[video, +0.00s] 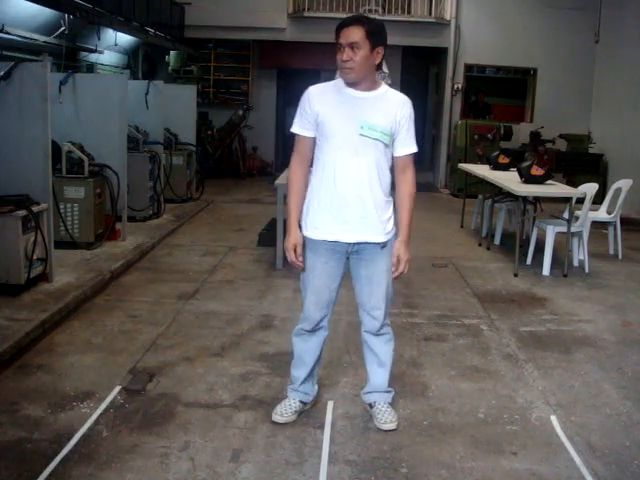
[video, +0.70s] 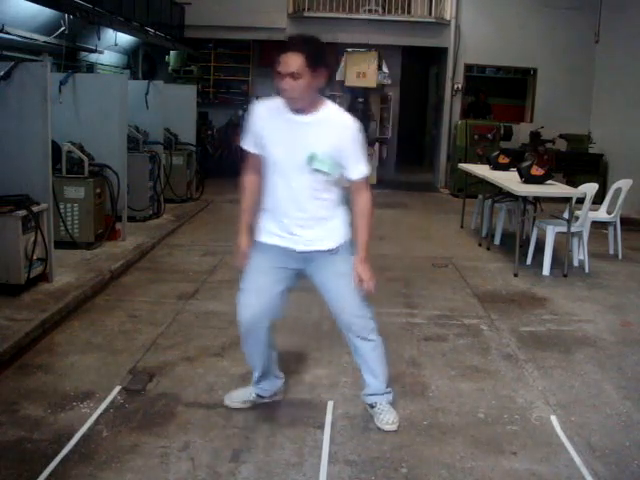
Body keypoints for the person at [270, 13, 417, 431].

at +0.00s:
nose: (344, 55)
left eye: (354, 47)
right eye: (340, 47)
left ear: (378, 53)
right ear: (335, 52)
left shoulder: (397, 105)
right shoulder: (316, 97)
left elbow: (405, 173)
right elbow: (299, 164)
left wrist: (402, 237)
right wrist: (293, 226)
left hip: (375, 234)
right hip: (321, 231)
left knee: (376, 321)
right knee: (312, 319)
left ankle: (380, 396)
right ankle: (300, 391)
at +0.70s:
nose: (283, 83)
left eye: (293, 76)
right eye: (280, 75)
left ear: (320, 78)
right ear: (276, 74)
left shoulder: (344, 127)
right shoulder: (262, 113)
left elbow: (361, 191)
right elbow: (251, 172)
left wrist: (361, 256)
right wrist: (244, 233)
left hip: (328, 248)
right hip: (272, 244)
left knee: (357, 321)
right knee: (251, 314)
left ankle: (379, 397)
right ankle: (265, 383)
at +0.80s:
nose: (260, 75)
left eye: (269, 67)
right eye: (254, 65)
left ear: (291, 68)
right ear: (247, 64)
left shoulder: (312, 113)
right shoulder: (232, 95)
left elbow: (340, 168)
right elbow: (220, 150)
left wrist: (340, 233)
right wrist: (214, 212)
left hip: (289, 236)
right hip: (237, 232)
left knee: (311, 315)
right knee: (239, 315)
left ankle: (350, 389)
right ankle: (264, 382)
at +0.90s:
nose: (238, 67)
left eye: (247, 58)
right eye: (231, 57)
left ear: (264, 56)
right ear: (222, 54)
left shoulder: (287, 101)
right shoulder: (205, 84)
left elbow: (317, 151)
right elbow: (192, 137)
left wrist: (313, 215)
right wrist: (184, 194)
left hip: (253, 222)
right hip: (206, 215)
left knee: (239, 302)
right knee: (202, 298)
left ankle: (264, 375)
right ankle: (240, 369)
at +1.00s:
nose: (205, 76)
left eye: (214, 68)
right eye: (199, 67)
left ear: (233, 65)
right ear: (190, 64)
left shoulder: (257, 105)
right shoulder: (176, 94)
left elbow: (287, 153)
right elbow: (169, 148)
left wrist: (283, 217)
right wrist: (153, 201)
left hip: (223, 231)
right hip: (177, 220)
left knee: (193, 311)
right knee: (138, 291)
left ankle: (200, 387)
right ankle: (158, 356)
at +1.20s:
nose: (156, 131)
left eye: (164, 121)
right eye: (146, 122)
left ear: (176, 116)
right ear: (132, 118)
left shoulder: (201, 158)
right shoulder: (117, 149)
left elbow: (219, 215)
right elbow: (111, 199)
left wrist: (216, 277)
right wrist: (96, 251)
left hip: (178, 263)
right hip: (126, 256)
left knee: (166, 332)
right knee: (84, 325)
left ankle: (185, 390)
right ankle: (64, 386)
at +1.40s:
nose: (214, 105)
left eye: (218, 95)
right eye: (204, 98)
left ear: (225, 90)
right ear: (182, 94)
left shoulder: (245, 132)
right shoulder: (156, 122)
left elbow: (256, 186)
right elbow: (136, 170)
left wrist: (241, 245)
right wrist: (112, 223)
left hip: (209, 255)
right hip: (153, 246)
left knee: (191, 336)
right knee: (115, 312)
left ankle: (173, 401)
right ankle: (73, 380)